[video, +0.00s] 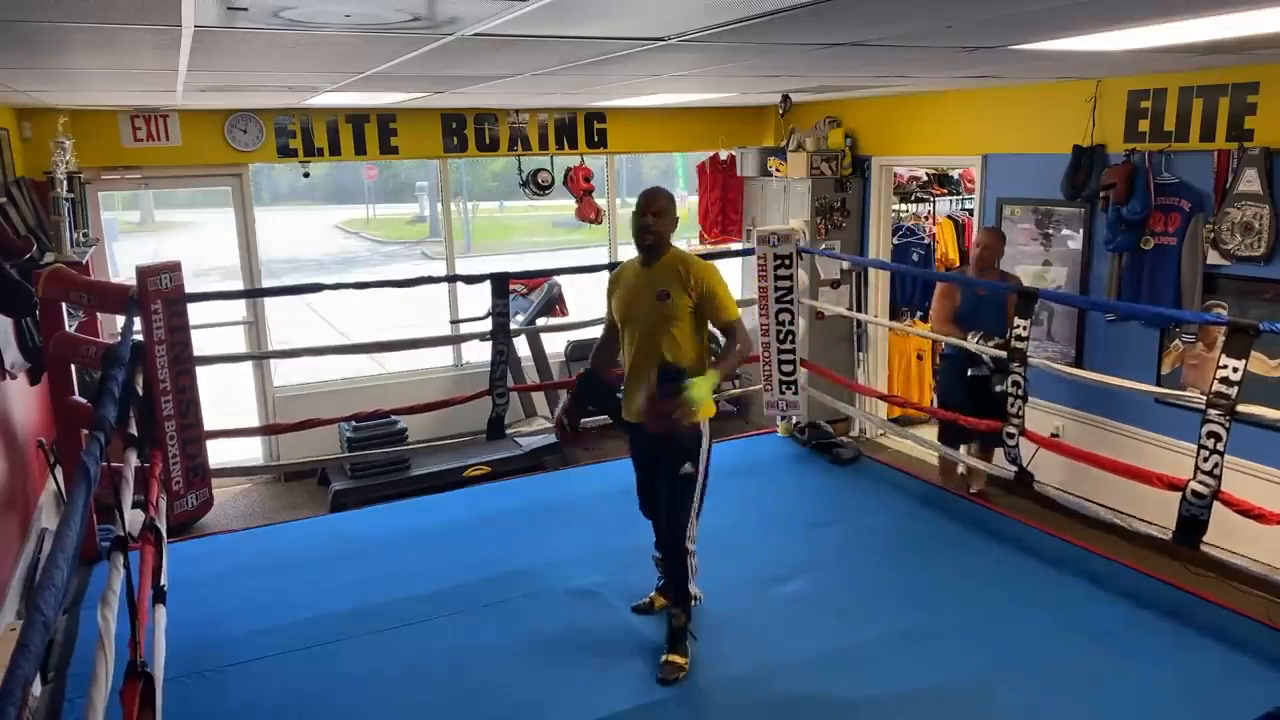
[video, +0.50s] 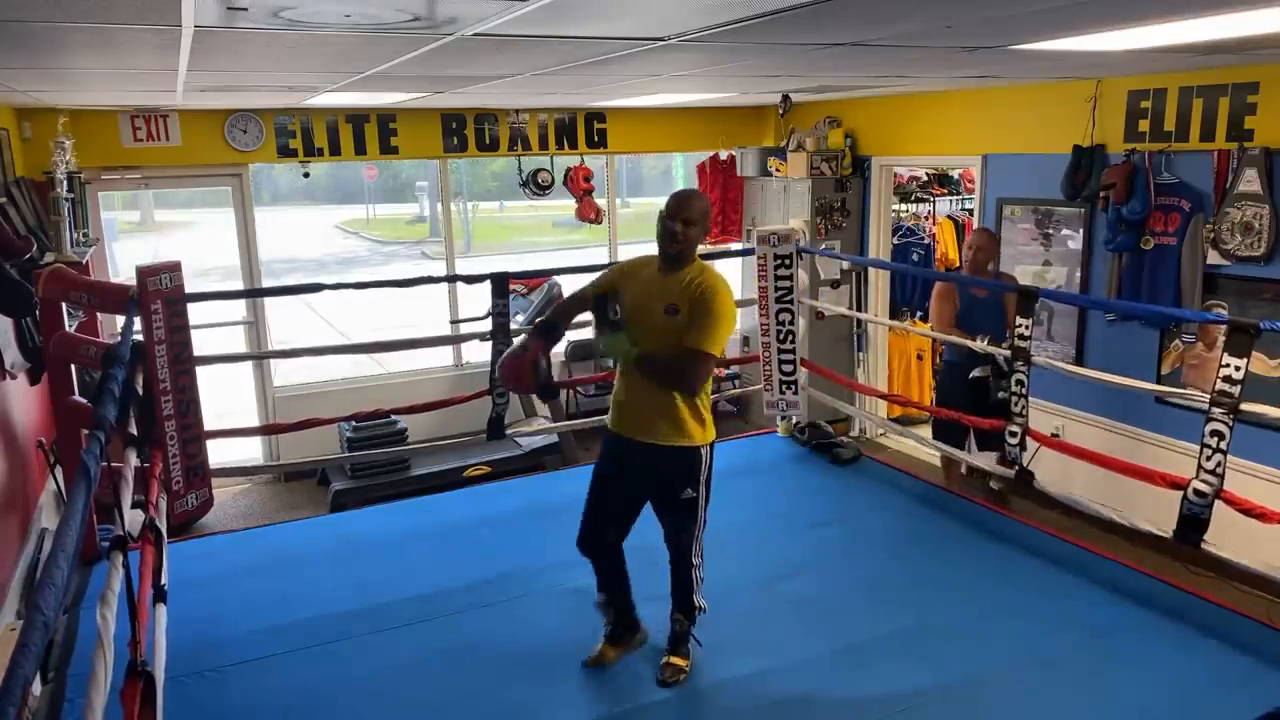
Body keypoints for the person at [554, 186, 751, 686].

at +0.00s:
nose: (648, 222)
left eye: (658, 214)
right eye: (642, 214)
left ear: (675, 221)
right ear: (632, 219)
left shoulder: (696, 273)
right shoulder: (621, 277)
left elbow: (742, 341)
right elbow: (610, 341)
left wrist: (707, 383)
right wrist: (577, 396)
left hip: (687, 416)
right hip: (639, 417)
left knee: (676, 525)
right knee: (654, 510)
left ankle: (679, 637)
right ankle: (675, 583)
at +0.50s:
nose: (673, 228)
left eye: (686, 222)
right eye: (668, 218)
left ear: (706, 233)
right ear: (658, 221)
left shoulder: (712, 292)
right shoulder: (629, 274)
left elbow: (692, 377)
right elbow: (571, 307)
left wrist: (627, 349)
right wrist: (532, 346)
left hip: (682, 445)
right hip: (625, 437)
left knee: (682, 551)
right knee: (597, 539)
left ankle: (680, 646)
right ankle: (624, 629)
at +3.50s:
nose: (901, 358)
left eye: (925, 338)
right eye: (880, 336)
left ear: (956, 317)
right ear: (849, 310)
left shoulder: (1017, 414)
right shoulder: (788, 428)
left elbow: (1052, 544)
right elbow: (755, 544)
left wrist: (1088, 675)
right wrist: (726, 591)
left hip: (1005, 697)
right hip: (867, 703)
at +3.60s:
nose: (892, 358)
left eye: (916, 337)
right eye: (871, 335)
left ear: (954, 321)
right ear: (844, 316)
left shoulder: (1019, 420)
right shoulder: (786, 432)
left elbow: (1064, 563)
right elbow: (752, 561)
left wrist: (1054, 682)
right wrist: (715, 590)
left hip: (994, 693)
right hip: (859, 699)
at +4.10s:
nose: (895, 385)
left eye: (931, 367)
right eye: (883, 351)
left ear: (992, 365)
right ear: (872, 333)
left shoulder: (1058, 502)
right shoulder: (810, 438)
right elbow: (750, 553)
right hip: (828, 701)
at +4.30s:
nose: (897, 381)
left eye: (939, 367)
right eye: (890, 344)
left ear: (1006, 378)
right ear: (879, 326)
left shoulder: (1057, 537)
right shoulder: (808, 442)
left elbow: (1040, 708)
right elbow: (742, 551)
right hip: (810, 707)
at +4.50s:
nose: (833, 374)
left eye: (872, 358)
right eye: (831, 344)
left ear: (945, 385)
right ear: (816, 343)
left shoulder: (1012, 550)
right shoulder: (750, 462)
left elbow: (1044, 707)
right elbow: (690, 587)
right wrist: (579, 594)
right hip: (767, 706)